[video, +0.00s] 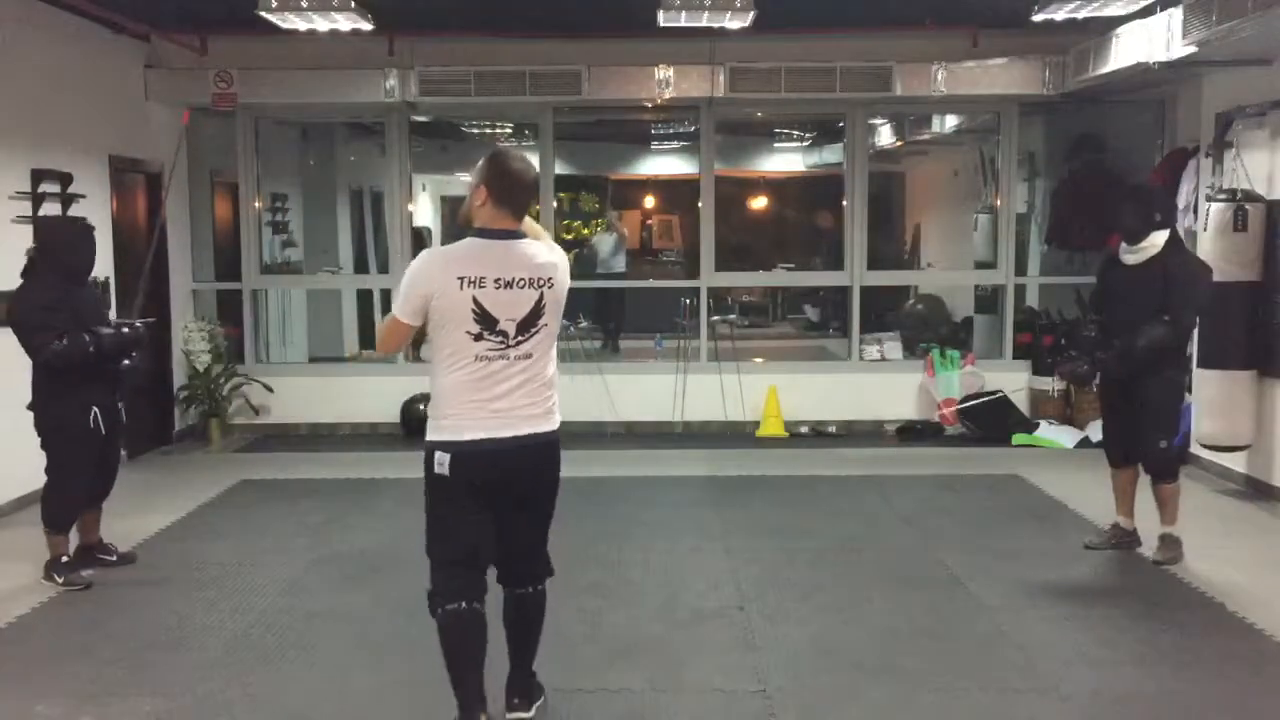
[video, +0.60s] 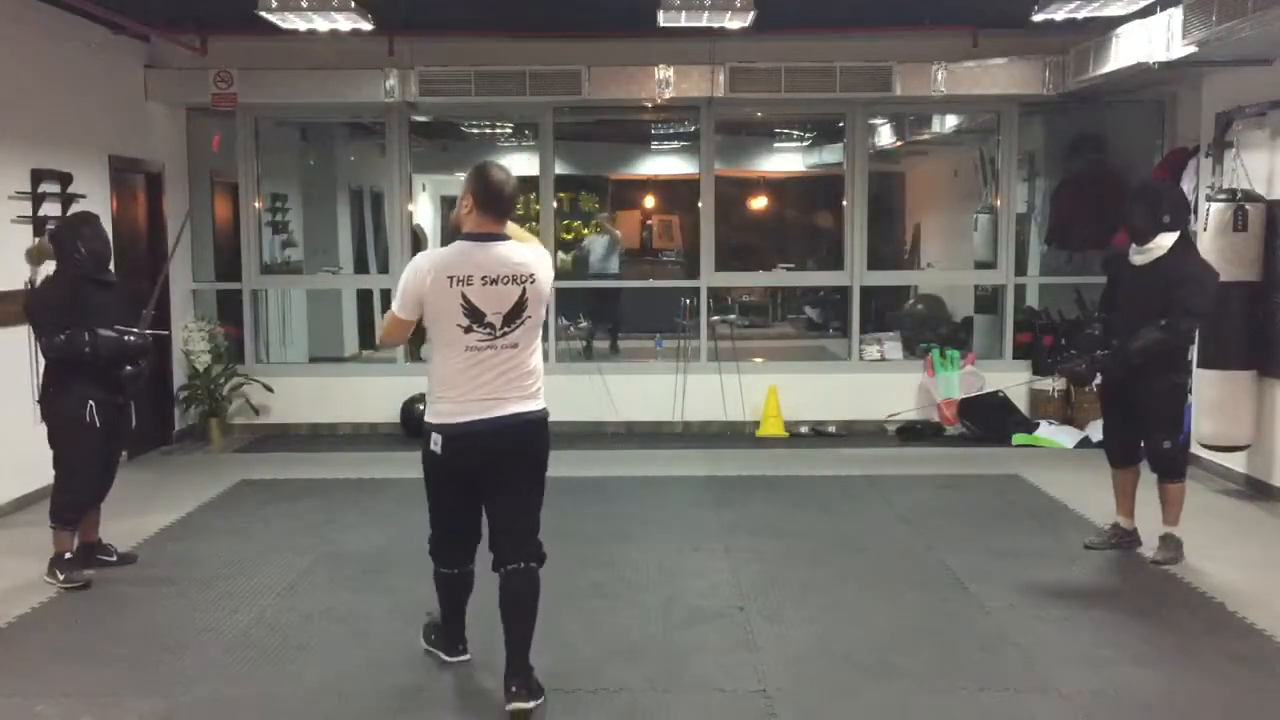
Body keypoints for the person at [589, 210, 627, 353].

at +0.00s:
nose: (610, 221)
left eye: (613, 219)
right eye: (608, 218)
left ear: (618, 221)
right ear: (606, 220)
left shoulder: (621, 235)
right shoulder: (599, 236)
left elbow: (623, 235)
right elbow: (592, 251)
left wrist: (615, 224)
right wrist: (588, 248)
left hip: (617, 273)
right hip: (601, 274)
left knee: (617, 307)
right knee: (601, 307)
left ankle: (615, 339)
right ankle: (606, 337)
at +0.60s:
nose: (602, 224)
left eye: (605, 222)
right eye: (600, 221)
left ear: (611, 222)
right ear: (597, 223)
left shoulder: (614, 237)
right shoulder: (591, 238)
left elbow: (616, 236)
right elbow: (582, 251)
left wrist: (603, 223)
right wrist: (577, 249)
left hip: (611, 276)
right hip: (593, 276)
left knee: (613, 311)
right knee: (592, 311)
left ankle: (614, 342)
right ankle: (588, 344)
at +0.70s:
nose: (599, 224)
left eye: (603, 221)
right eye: (597, 221)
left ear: (608, 223)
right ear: (593, 223)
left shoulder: (611, 238)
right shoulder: (586, 238)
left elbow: (614, 236)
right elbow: (576, 255)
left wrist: (601, 224)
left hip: (607, 277)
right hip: (589, 277)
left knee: (610, 312)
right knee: (588, 313)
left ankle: (613, 344)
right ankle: (588, 347)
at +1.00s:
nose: (593, 223)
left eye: (595, 220)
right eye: (590, 220)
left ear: (599, 221)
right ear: (585, 222)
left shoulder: (603, 235)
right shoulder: (579, 237)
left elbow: (615, 243)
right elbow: (570, 250)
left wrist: (601, 234)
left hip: (601, 276)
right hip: (584, 276)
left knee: (604, 310)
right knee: (585, 312)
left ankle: (607, 341)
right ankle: (587, 346)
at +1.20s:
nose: (590, 223)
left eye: (593, 220)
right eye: (588, 220)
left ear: (597, 222)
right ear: (583, 222)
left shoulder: (603, 237)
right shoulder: (576, 237)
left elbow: (619, 250)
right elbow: (568, 252)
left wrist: (607, 253)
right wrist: (585, 257)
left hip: (600, 279)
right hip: (582, 280)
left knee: (602, 313)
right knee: (582, 315)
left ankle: (606, 345)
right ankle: (587, 346)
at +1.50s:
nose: (592, 234)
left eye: (595, 231)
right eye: (590, 230)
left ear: (599, 229)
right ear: (585, 228)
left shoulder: (604, 237)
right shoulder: (577, 238)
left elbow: (620, 248)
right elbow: (575, 252)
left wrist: (609, 258)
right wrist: (594, 261)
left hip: (599, 281)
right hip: (582, 282)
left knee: (599, 315)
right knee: (583, 317)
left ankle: (601, 347)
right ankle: (586, 347)